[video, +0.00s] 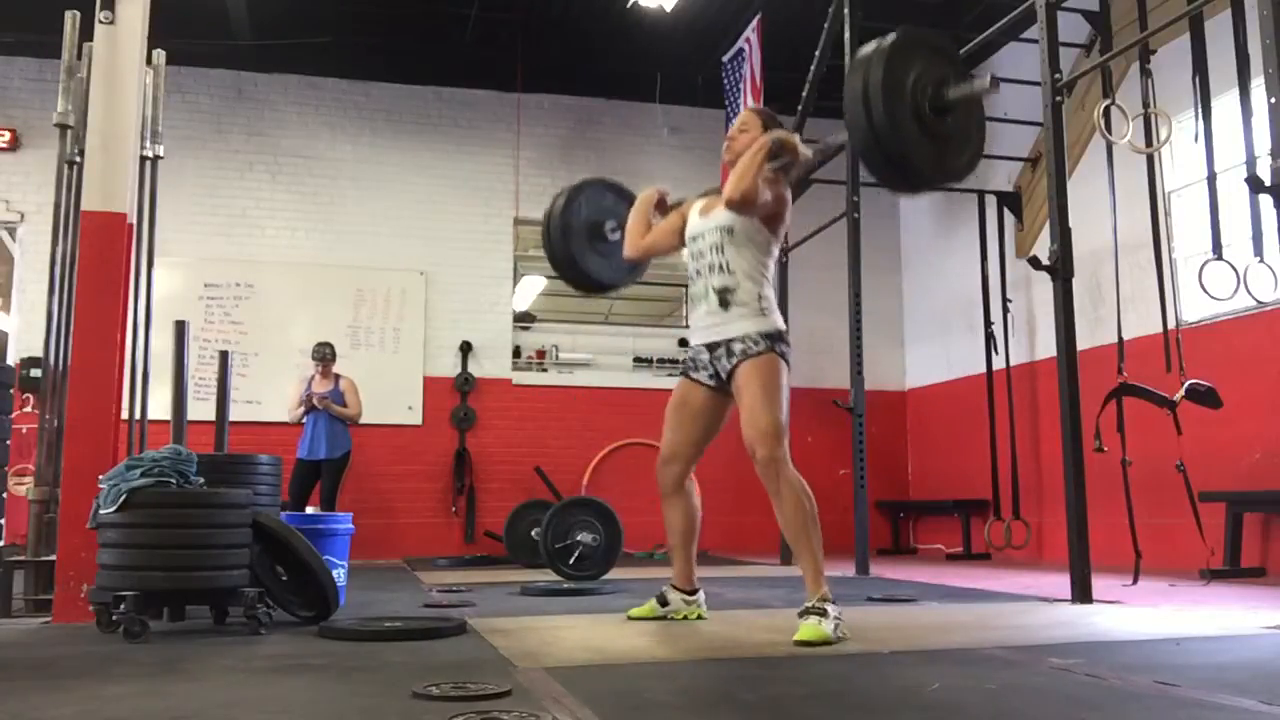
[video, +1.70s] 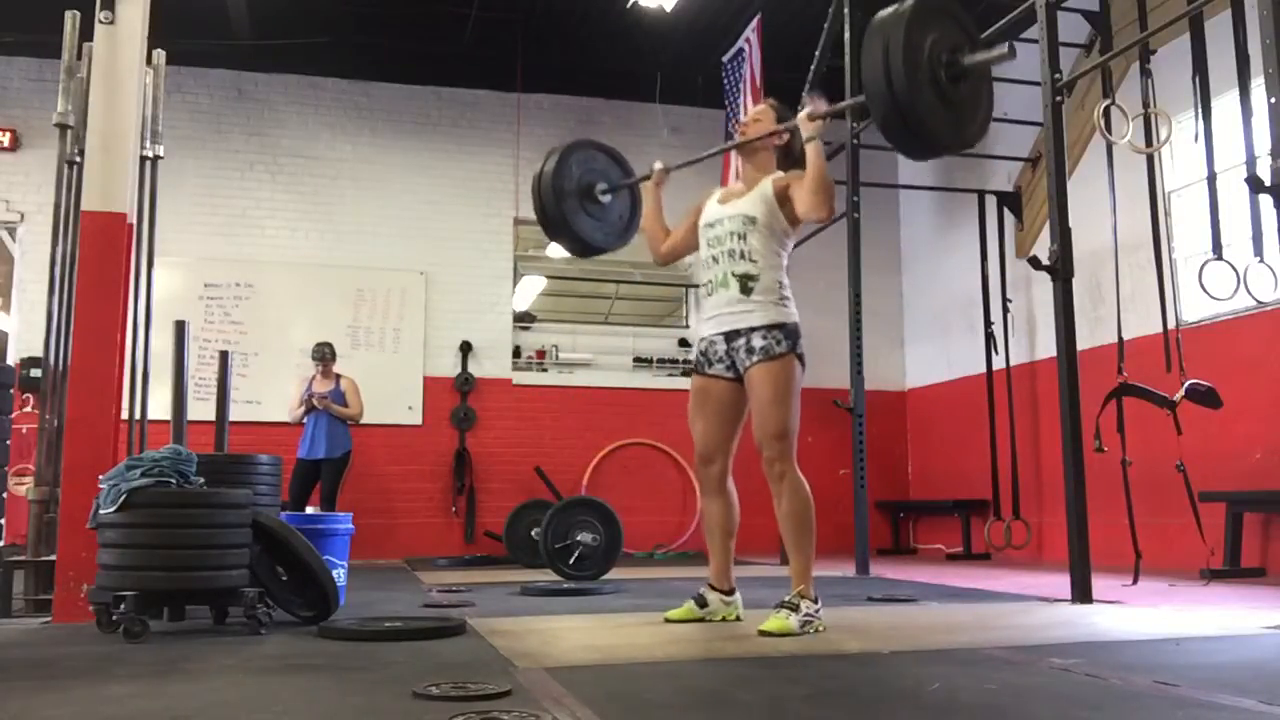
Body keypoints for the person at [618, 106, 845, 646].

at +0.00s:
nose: (731, 134)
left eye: (744, 127)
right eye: (730, 127)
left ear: (768, 146)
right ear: (726, 143)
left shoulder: (772, 196)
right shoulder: (696, 209)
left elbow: (737, 195)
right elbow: (635, 247)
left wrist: (773, 145)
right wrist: (646, 200)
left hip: (756, 342)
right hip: (705, 352)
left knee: (769, 458)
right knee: (671, 469)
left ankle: (820, 601)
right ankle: (684, 593)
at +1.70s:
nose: (744, 118)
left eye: (756, 113)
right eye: (744, 113)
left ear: (779, 134)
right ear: (740, 131)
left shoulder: (785, 183)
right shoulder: (713, 200)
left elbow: (818, 209)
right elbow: (663, 250)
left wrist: (810, 137)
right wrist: (652, 191)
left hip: (767, 333)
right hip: (714, 340)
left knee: (777, 460)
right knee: (709, 465)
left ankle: (803, 598)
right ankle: (721, 593)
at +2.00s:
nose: (752, 128)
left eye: (764, 123)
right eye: (750, 122)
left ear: (789, 139)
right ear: (746, 138)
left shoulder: (798, 175)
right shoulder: (726, 194)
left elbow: (855, 170)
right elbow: (677, 222)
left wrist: (830, 194)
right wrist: (663, 255)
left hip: (787, 333)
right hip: (735, 339)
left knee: (789, 459)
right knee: (719, 463)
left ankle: (804, 598)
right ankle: (722, 592)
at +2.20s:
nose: (699, 137)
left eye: (711, 130)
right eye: (698, 130)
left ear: (740, 141)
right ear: (698, 145)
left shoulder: (765, 193)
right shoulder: (693, 220)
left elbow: (813, 259)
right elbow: (680, 297)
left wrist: (825, 337)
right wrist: (675, 366)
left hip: (792, 344)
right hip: (738, 352)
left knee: (795, 465)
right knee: (718, 467)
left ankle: (804, 598)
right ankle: (722, 593)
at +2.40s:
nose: (678, 152)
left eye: (690, 144)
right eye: (678, 145)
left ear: (720, 157)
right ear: (682, 159)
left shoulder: (755, 207)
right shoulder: (680, 238)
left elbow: (807, 278)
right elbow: (678, 313)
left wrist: (825, 351)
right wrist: (675, 377)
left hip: (799, 351)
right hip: (745, 358)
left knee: (804, 467)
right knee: (718, 468)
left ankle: (806, 599)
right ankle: (722, 593)